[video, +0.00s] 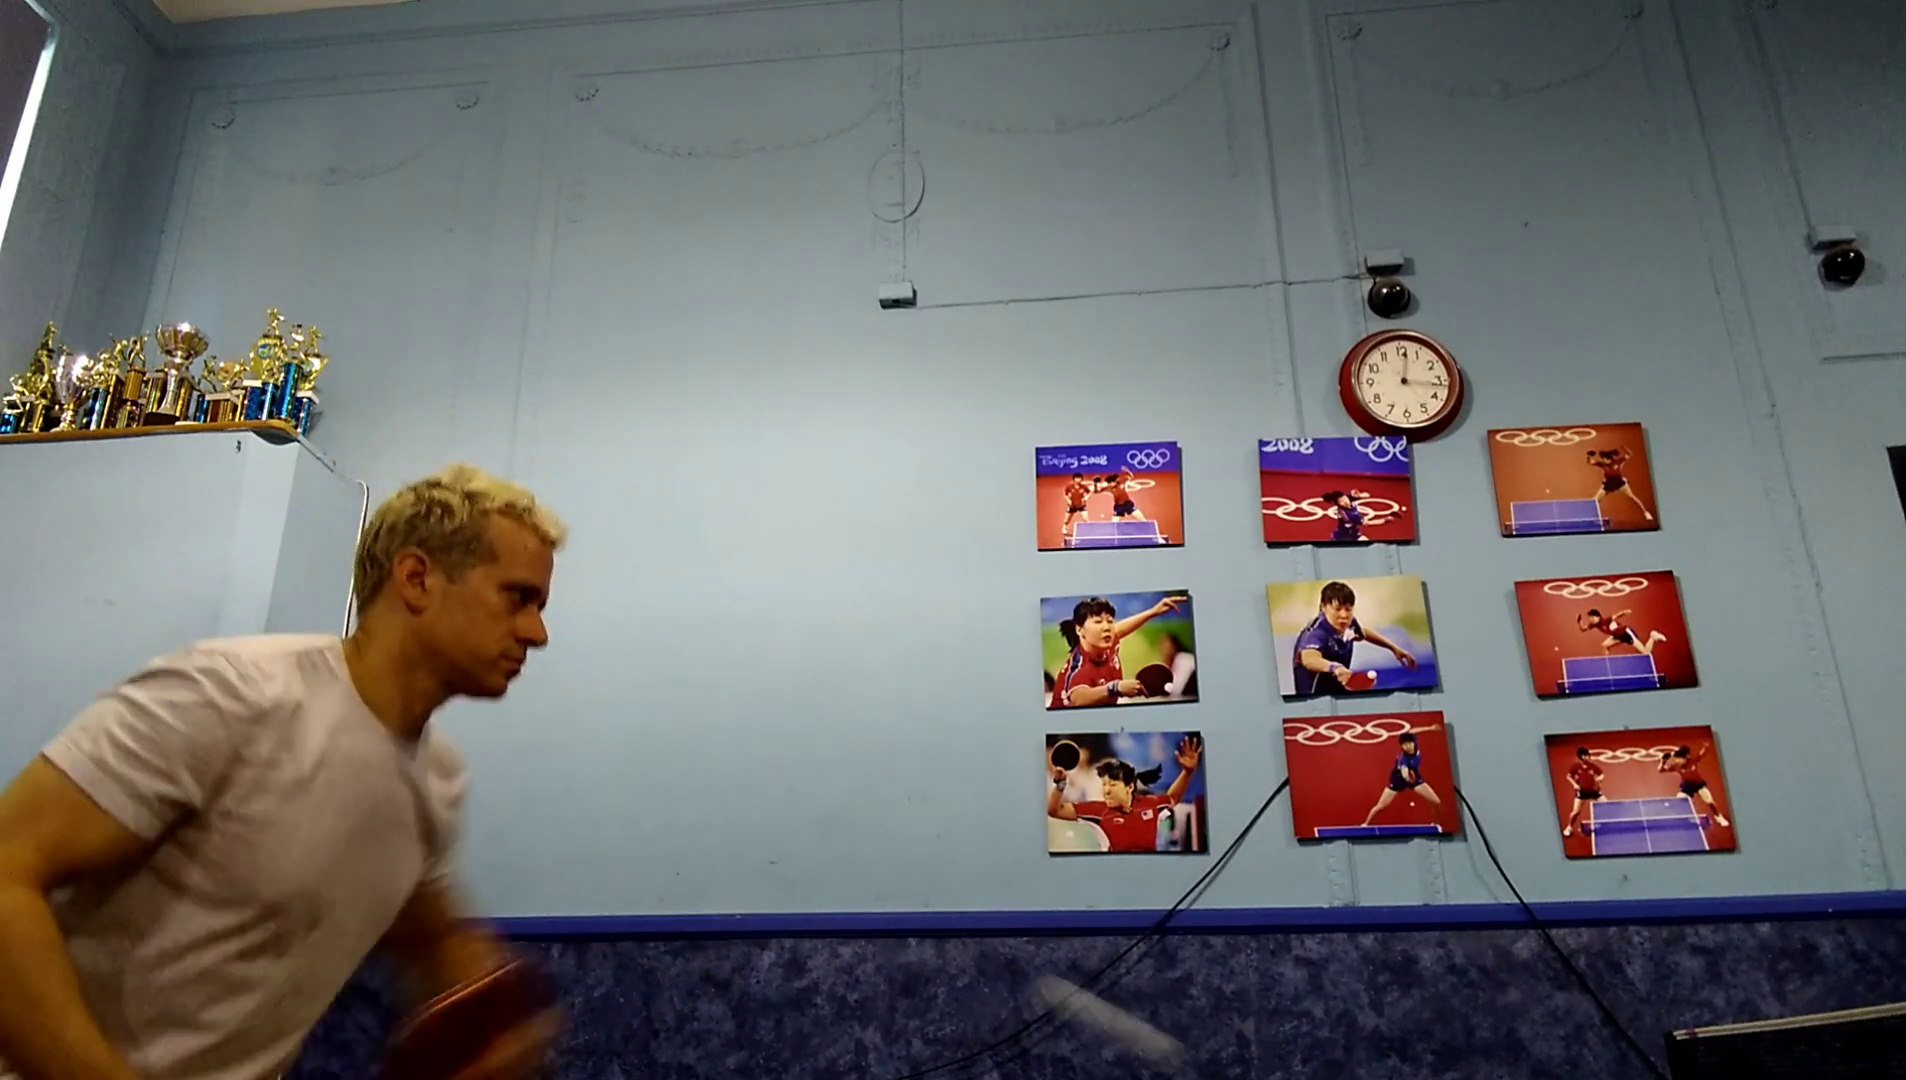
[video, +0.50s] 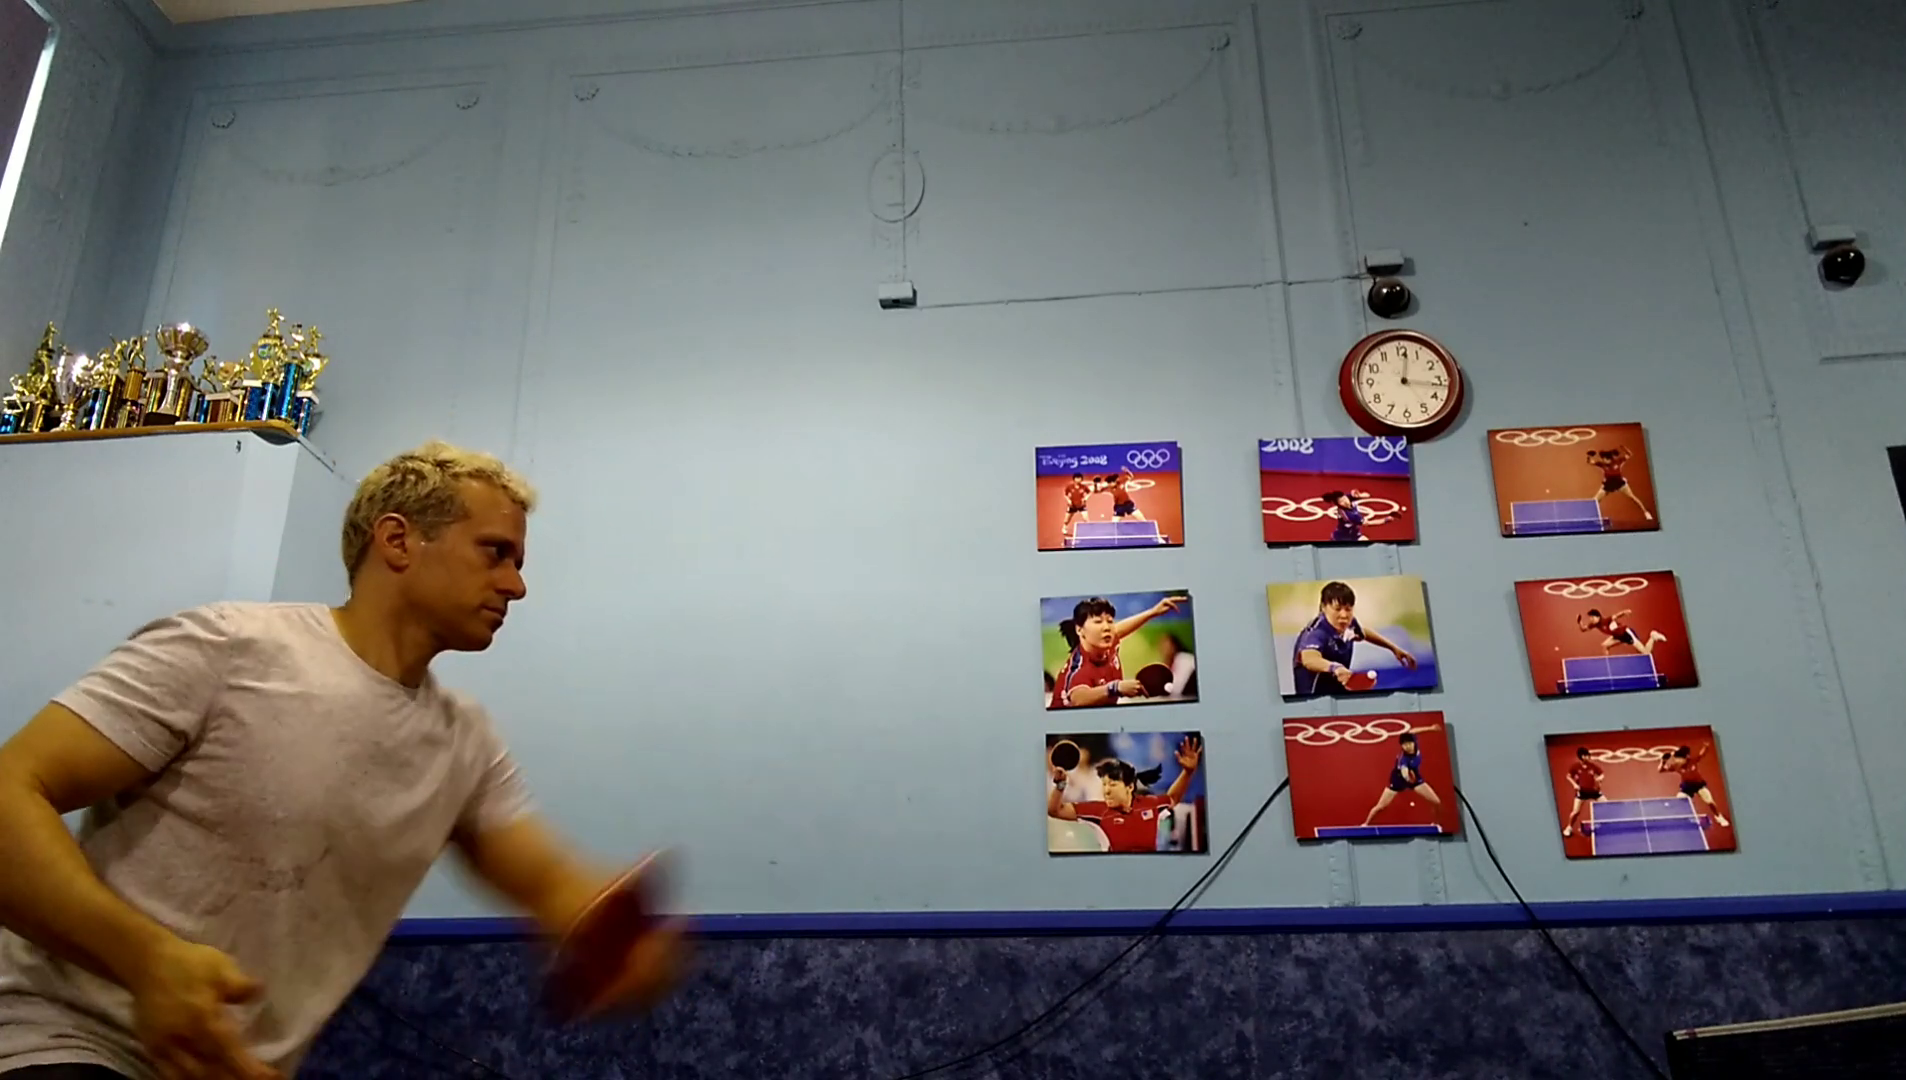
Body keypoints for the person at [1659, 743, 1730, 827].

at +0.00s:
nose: (1679, 762)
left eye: (1680, 760)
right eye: (1677, 760)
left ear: (1686, 757)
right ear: (1676, 759)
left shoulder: (1693, 761)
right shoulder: (1676, 766)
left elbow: (1701, 755)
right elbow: (1661, 771)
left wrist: (1705, 747)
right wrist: (1663, 761)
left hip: (1699, 784)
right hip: (1686, 785)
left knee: (1710, 802)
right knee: (1679, 802)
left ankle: (1718, 816)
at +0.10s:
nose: (1679, 762)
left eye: (1680, 760)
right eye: (1677, 760)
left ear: (1686, 757)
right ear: (1676, 759)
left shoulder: (1693, 761)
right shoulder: (1676, 766)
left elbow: (1701, 755)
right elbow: (1661, 770)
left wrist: (1705, 747)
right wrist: (1663, 761)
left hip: (1699, 784)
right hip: (1686, 785)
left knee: (1710, 802)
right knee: (1679, 803)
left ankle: (1718, 816)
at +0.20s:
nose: (1679, 762)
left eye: (1681, 759)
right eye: (1678, 760)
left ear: (1686, 757)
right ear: (1677, 758)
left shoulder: (1693, 761)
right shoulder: (1676, 766)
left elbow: (1701, 755)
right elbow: (1661, 770)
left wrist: (1705, 747)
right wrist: (1663, 761)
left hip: (1699, 784)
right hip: (1686, 786)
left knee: (1710, 802)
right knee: (1679, 802)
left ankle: (1718, 816)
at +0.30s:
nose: (1678, 762)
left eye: (1680, 760)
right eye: (1677, 760)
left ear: (1686, 757)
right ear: (1676, 759)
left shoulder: (1693, 761)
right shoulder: (1676, 766)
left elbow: (1701, 755)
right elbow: (1661, 771)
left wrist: (1705, 747)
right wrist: (1663, 761)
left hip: (1699, 784)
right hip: (1686, 786)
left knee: (1710, 802)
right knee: (1679, 802)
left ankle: (1718, 816)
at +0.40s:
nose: (1679, 762)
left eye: (1681, 759)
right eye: (1678, 760)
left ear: (1686, 757)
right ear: (1676, 758)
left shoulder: (1693, 761)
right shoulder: (1676, 766)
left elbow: (1701, 755)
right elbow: (1661, 770)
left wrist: (1705, 747)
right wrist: (1663, 761)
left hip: (1699, 784)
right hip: (1686, 786)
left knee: (1710, 802)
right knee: (1679, 802)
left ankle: (1718, 816)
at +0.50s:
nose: (1678, 762)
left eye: (1680, 760)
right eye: (1677, 760)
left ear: (1686, 757)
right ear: (1676, 759)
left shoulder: (1693, 761)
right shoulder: (1676, 766)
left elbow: (1701, 755)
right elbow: (1661, 771)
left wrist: (1705, 747)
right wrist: (1663, 761)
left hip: (1699, 784)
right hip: (1686, 786)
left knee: (1710, 802)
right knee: (1679, 802)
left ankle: (1718, 816)